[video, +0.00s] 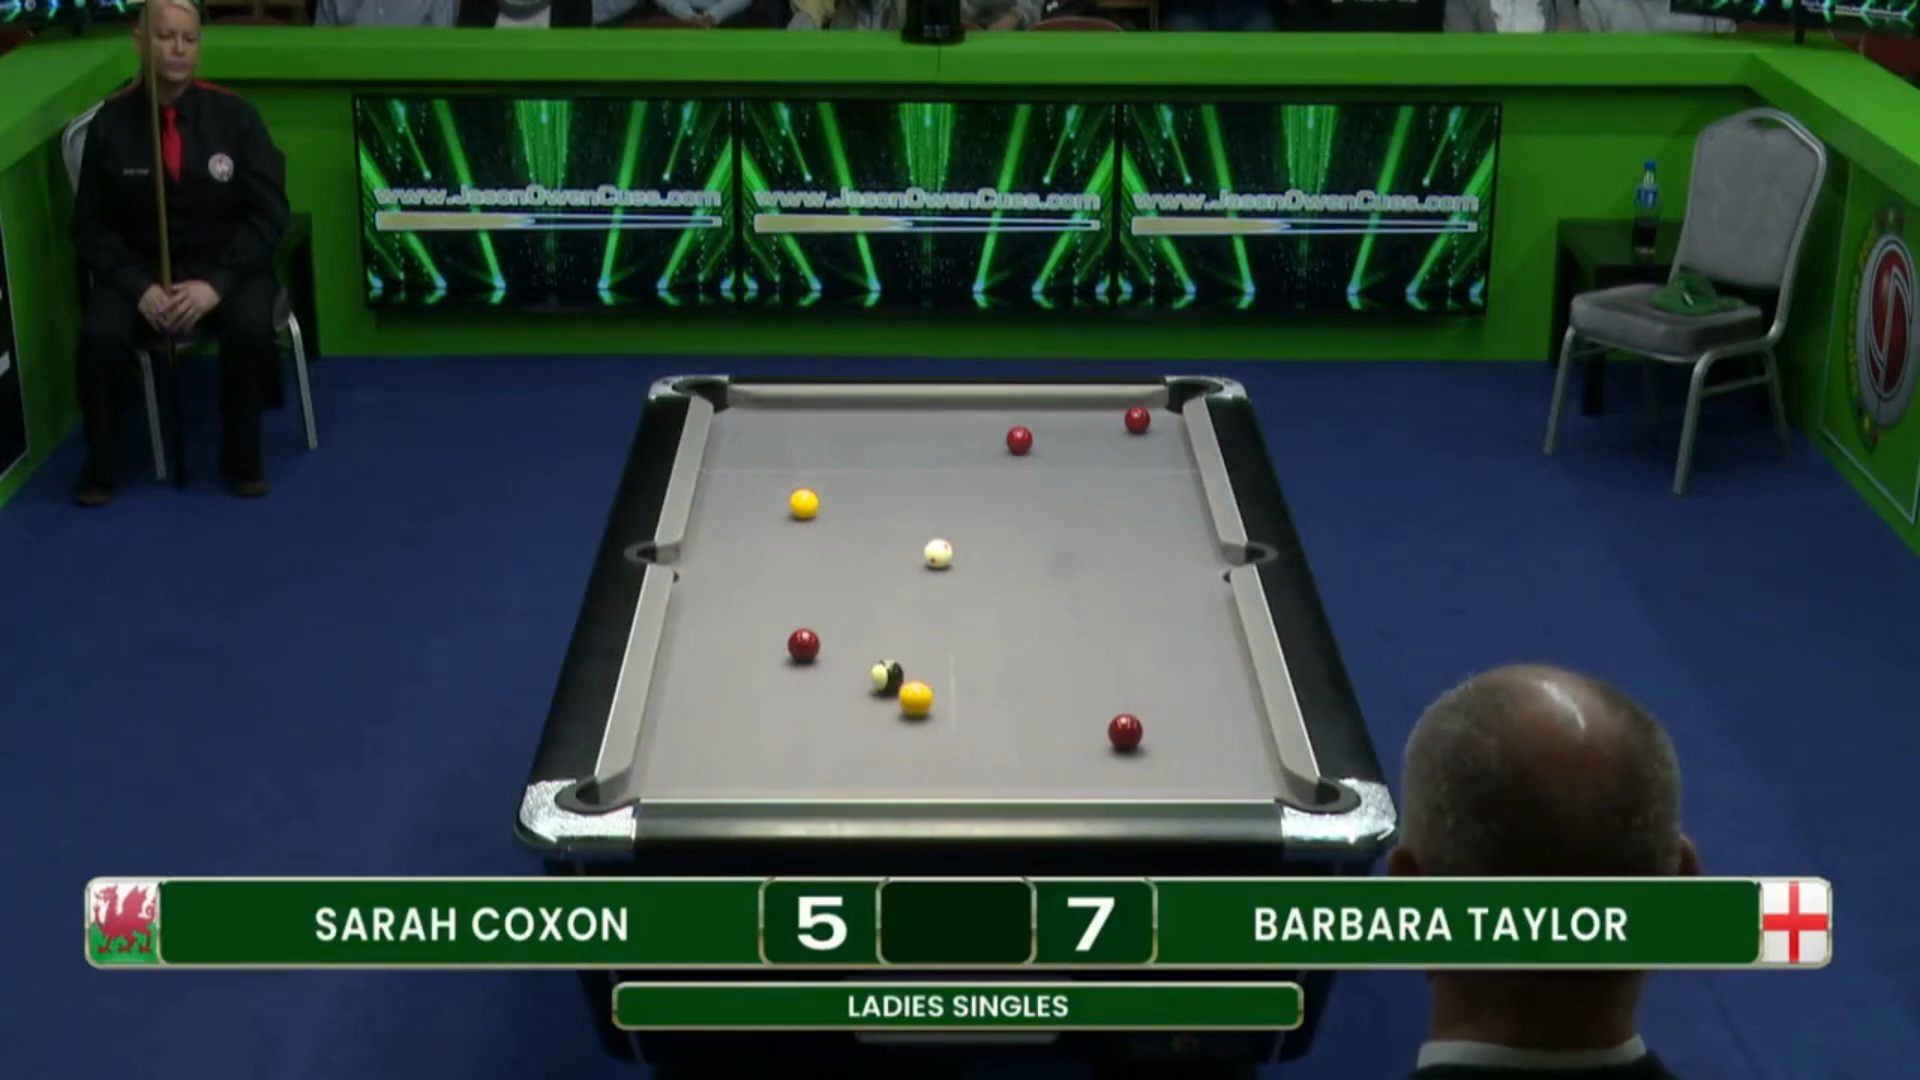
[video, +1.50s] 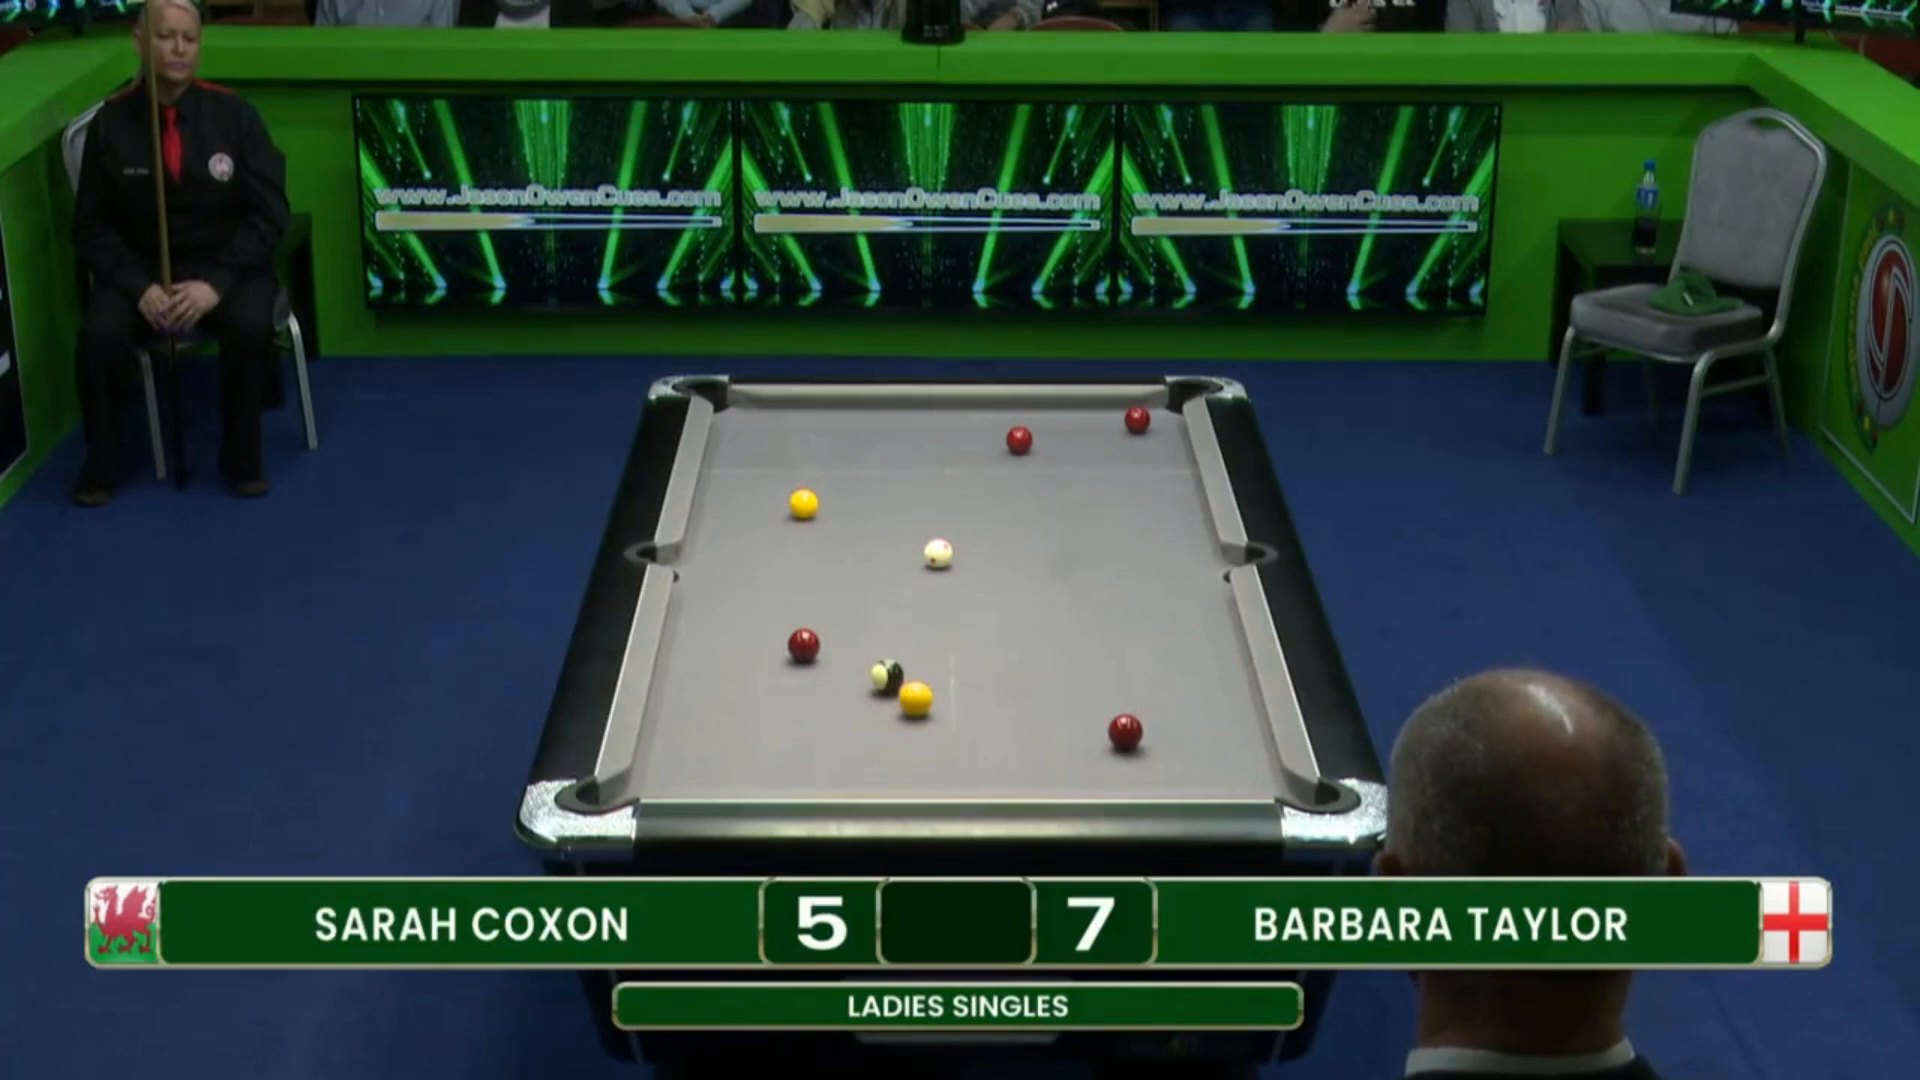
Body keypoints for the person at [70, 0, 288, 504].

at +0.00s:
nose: (179, 49)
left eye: (189, 38)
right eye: (166, 37)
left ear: (199, 45)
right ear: (141, 41)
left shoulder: (235, 115)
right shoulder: (111, 121)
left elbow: (269, 214)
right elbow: (90, 226)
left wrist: (213, 283)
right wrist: (140, 287)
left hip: (221, 266)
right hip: (138, 273)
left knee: (249, 329)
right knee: (101, 335)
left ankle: (243, 461)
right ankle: (101, 467)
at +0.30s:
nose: (179, 49)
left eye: (189, 38)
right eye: (165, 37)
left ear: (199, 44)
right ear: (141, 42)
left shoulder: (235, 115)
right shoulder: (111, 122)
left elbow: (269, 214)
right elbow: (90, 226)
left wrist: (214, 283)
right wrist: (140, 287)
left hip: (221, 267)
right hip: (138, 273)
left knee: (249, 329)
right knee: (101, 335)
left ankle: (244, 461)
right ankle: (101, 467)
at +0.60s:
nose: (179, 48)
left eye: (189, 38)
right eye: (165, 37)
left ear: (199, 44)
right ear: (141, 42)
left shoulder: (235, 115)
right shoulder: (111, 121)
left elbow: (269, 214)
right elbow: (90, 226)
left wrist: (214, 283)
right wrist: (140, 287)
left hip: (221, 267)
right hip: (138, 273)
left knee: (249, 329)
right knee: (101, 335)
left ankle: (244, 461)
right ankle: (101, 467)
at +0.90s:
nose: (179, 48)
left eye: (189, 38)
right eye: (165, 37)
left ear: (199, 44)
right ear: (141, 41)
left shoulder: (235, 115)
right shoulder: (111, 121)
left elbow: (269, 214)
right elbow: (90, 226)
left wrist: (214, 283)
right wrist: (140, 287)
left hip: (221, 267)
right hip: (138, 273)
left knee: (249, 329)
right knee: (101, 335)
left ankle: (244, 461)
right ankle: (101, 467)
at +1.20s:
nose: (179, 49)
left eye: (189, 38)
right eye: (165, 37)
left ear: (199, 44)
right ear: (141, 41)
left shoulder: (235, 115)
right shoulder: (111, 121)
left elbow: (269, 214)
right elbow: (90, 226)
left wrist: (214, 283)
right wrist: (140, 287)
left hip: (221, 266)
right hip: (138, 273)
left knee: (249, 329)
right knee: (101, 335)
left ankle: (243, 462)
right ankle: (101, 467)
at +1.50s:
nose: (179, 49)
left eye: (189, 38)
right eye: (165, 37)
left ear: (200, 45)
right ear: (141, 42)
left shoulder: (235, 115)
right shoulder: (111, 121)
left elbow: (269, 215)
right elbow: (90, 226)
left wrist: (214, 284)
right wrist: (140, 287)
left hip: (221, 266)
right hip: (138, 272)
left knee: (249, 330)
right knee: (101, 336)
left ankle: (243, 463)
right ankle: (101, 469)